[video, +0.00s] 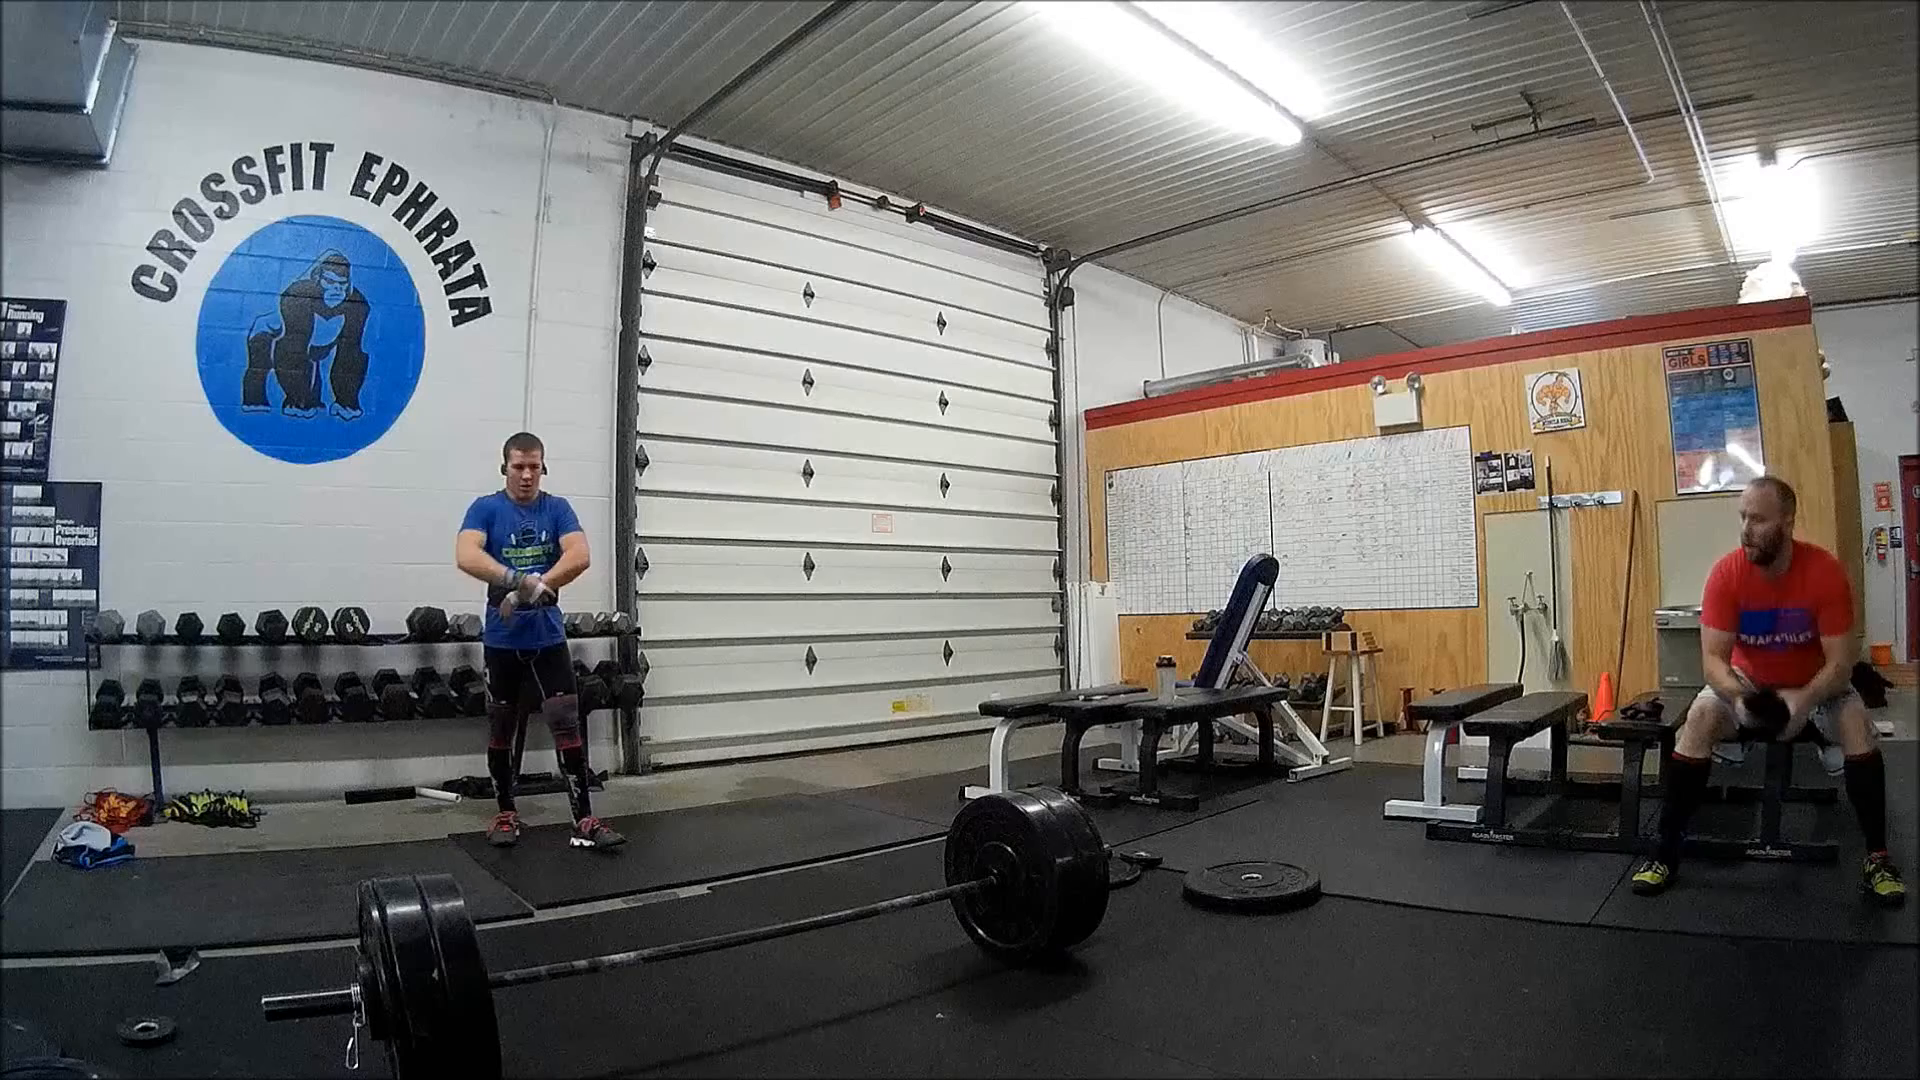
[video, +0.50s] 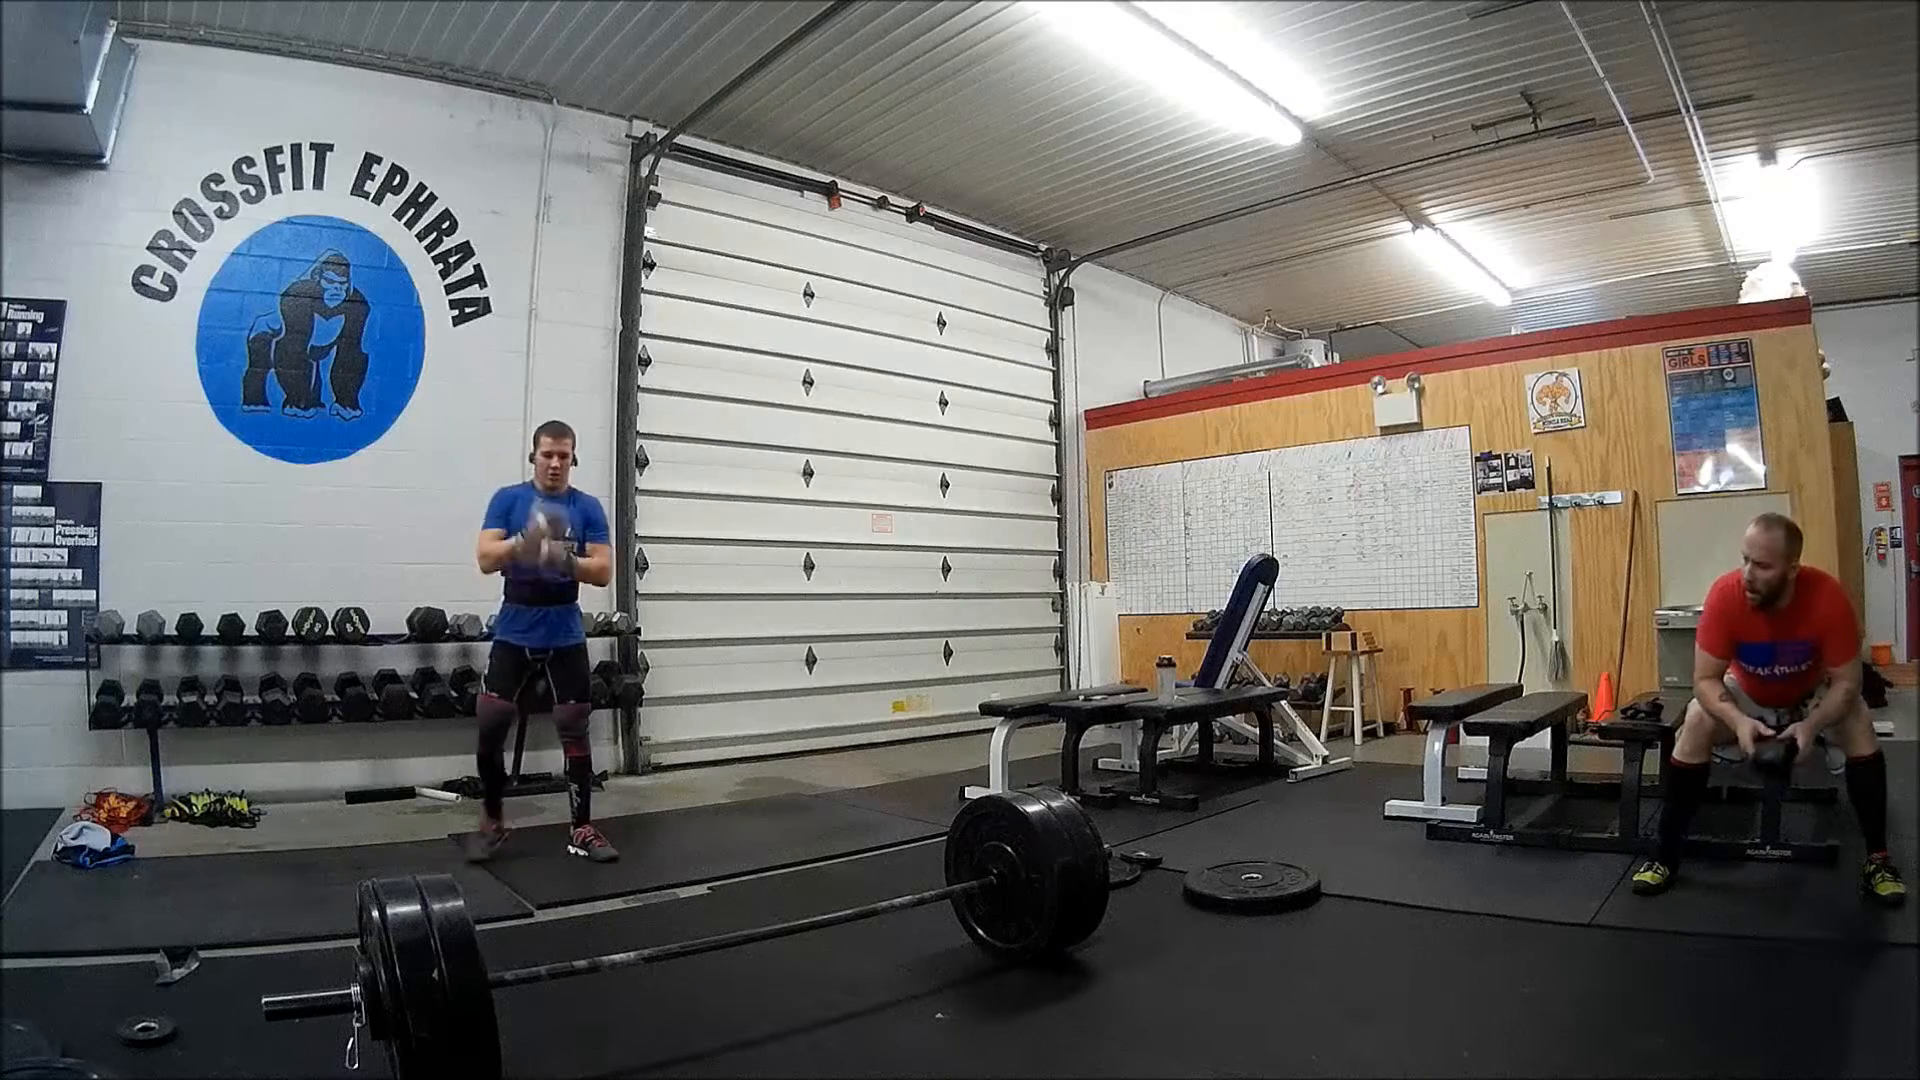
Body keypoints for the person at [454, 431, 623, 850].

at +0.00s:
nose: (526, 475)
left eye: (533, 467)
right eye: (519, 467)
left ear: (543, 469)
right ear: (505, 468)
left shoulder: (558, 509)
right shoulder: (484, 508)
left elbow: (580, 556)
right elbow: (467, 556)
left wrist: (537, 587)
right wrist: (513, 579)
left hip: (549, 639)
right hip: (502, 642)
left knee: (566, 721)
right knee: (502, 726)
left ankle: (585, 818)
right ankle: (506, 814)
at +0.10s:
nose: (533, 474)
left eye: (540, 467)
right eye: (526, 466)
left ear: (549, 469)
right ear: (511, 468)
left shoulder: (563, 508)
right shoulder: (490, 505)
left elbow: (587, 552)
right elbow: (472, 551)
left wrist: (545, 584)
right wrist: (524, 573)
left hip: (552, 642)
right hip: (505, 643)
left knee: (564, 727)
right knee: (504, 728)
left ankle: (579, 822)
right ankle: (506, 814)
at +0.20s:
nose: (543, 472)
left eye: (550, 465)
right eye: (536, 464)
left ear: (558, 467)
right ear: (521, 465)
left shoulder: (571, 507)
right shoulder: (498, 502)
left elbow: (597, 551)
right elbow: (478, 548)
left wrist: (561, 577)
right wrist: (531, 570)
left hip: (557, 641)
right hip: (509, 641)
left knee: (569, 728)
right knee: (504, 728)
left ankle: (582, 826)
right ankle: (506, 813)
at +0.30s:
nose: (552, 468)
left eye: (560, 461)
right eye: (545, 460)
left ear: (568, 464)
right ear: (530, 460)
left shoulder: (581, 505)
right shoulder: (506, 499)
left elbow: (600, 557)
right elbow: (483, 546)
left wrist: (550, 584)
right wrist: (533, 565)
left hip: (563, 639)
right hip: (513, 638)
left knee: (573, 729)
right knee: (498, 727)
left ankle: (582, 827)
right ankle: (508, 807)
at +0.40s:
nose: (556, 465)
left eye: (564, 458)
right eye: (549, 457)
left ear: (574, 462)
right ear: (534, 459)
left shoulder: (586, 507)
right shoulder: (509, 499)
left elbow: (606, 565)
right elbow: (482, 550)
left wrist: (560, 572)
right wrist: (531, 554)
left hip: (565, 637)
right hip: (514, 634)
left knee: (573, 727)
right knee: (492, 720)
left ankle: (582, 827)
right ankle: (509, 805)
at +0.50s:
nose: (555, 464)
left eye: (563, 457)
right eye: (548, 456)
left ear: (574, 460)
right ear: (534, 458)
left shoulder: (588, 508)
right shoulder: (508, 499)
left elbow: (602, 573)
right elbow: (486, 559)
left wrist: (563, 558)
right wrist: (523, 544)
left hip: (566, 636)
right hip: (514, 634)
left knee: (574, 729)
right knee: (490, 725)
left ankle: (582, 828)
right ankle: (492, 823)